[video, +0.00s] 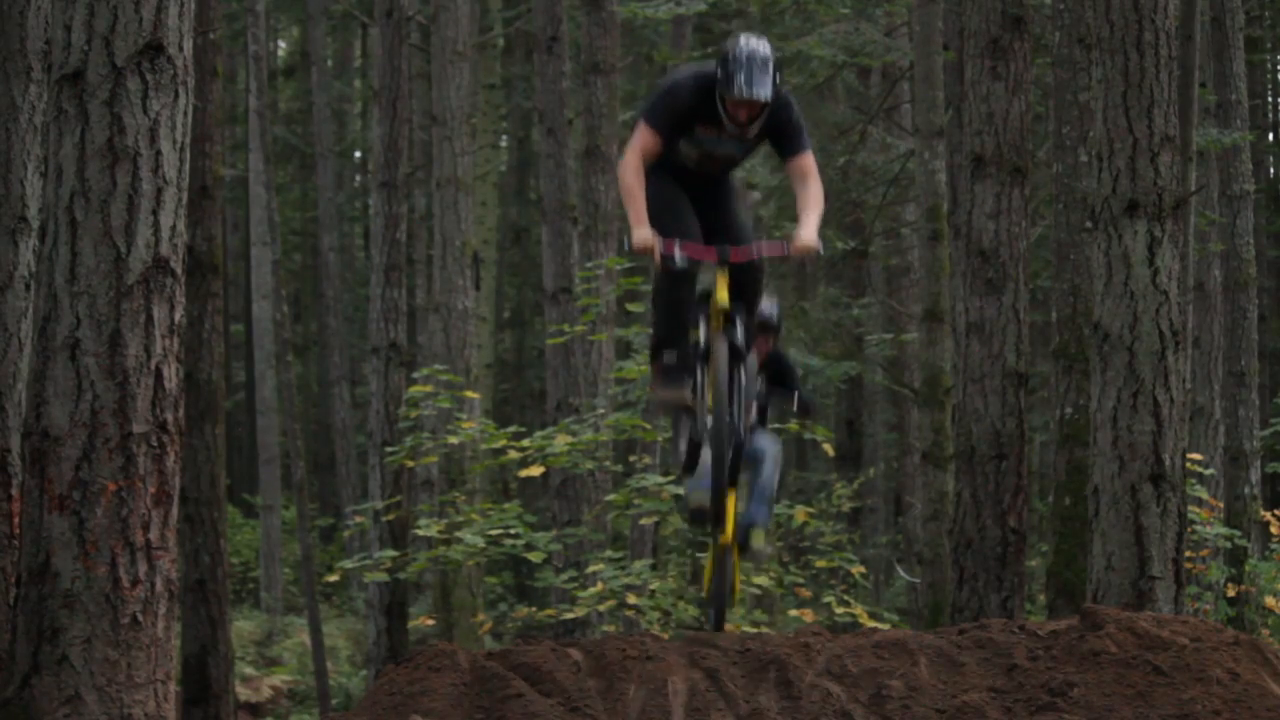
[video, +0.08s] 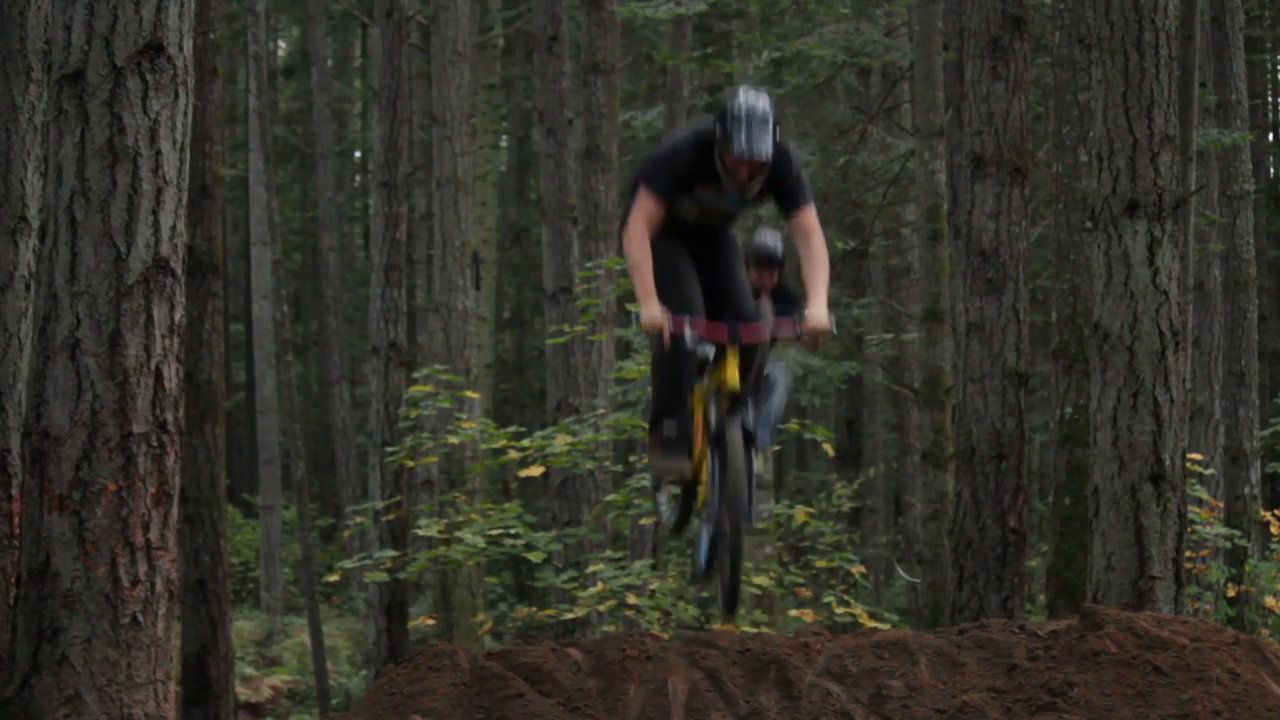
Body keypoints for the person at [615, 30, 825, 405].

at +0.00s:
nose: (744, 113)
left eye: (754, 105)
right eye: (737, 103)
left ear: (769, 95)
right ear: (720, 87)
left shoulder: (777, 107)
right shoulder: (686, 91)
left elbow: (806, 175)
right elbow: (632, 157)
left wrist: (808, 228)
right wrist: (639, 226)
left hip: (715, 183)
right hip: (664, 177)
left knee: (748, 267)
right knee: (681, 251)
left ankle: (742, 358)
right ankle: (667, 362)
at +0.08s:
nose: (746, 171)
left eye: (755, 163)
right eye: (738, 160)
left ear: (770, 151)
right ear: (720, 144)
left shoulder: (779, 162)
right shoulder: (684, 153)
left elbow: (810, 235)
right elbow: (636, 226)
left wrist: (817, 305)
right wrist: (648, 303)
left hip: (716, 237)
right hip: (666, 236)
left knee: (751, 327)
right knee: (682, 318)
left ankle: (737, 421)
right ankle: (667, 431)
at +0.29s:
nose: (744, 293)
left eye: (756, 284)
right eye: (736, 281)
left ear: (771, 271)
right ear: (716, 264)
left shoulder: (781, 274)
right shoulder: (675, 281)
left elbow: (815, 362)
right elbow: (648, 365)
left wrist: (831, 448)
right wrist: (661, 453)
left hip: (721, 347)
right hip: (668, 348)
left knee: (735, 460)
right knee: (679, 461)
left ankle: (722, 564)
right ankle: (669, 581)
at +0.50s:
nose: (747, 427)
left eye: (758, 416)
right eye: (739, 414)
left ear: (775, 403)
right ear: (719, 398)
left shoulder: (784, 412)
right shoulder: (676, 405)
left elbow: (828, 480)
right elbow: (618, 480)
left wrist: (835, 527)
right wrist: (647, 540)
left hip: (723, 465)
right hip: (665, 465)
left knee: (755, 531)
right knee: (695, 542)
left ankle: (743, 627)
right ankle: (684, 647)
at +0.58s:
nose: (750, 454)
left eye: (760, 445)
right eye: (743, 442)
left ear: (776, 430)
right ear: (722, 425)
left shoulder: (784, 438)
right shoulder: (672, 431)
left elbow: (823, 504)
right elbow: (615, 505)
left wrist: (834, 542)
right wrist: (647, 561)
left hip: (734, 491)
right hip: (671, 491)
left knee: (763, 546)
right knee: (693, 569)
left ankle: (749, 632)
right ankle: (691, 673)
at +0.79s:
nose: (738, 474)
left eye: (749, 463)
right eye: (729, 462)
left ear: (765, 453)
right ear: (708, 448)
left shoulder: (785, 473)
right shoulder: (665, 474)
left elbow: (825, 550)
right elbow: (614, 560)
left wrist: (829, 605)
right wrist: (631, 630)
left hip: (738, 549)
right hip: (666, 558)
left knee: (775, 624)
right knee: (689, 651)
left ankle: (777, 709)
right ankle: (692, 712)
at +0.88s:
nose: (731, 474)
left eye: (742, 461)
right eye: (720, 461)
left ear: (759, 455)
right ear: (700, 453)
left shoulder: (781, 483)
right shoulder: (659, 489)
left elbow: (826, 565)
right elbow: (611, 578)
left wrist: (828, 631)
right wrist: (627, 654)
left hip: (742, 575)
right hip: (668, 584)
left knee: (776, 660)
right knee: (688, 680)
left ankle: (776, 711)